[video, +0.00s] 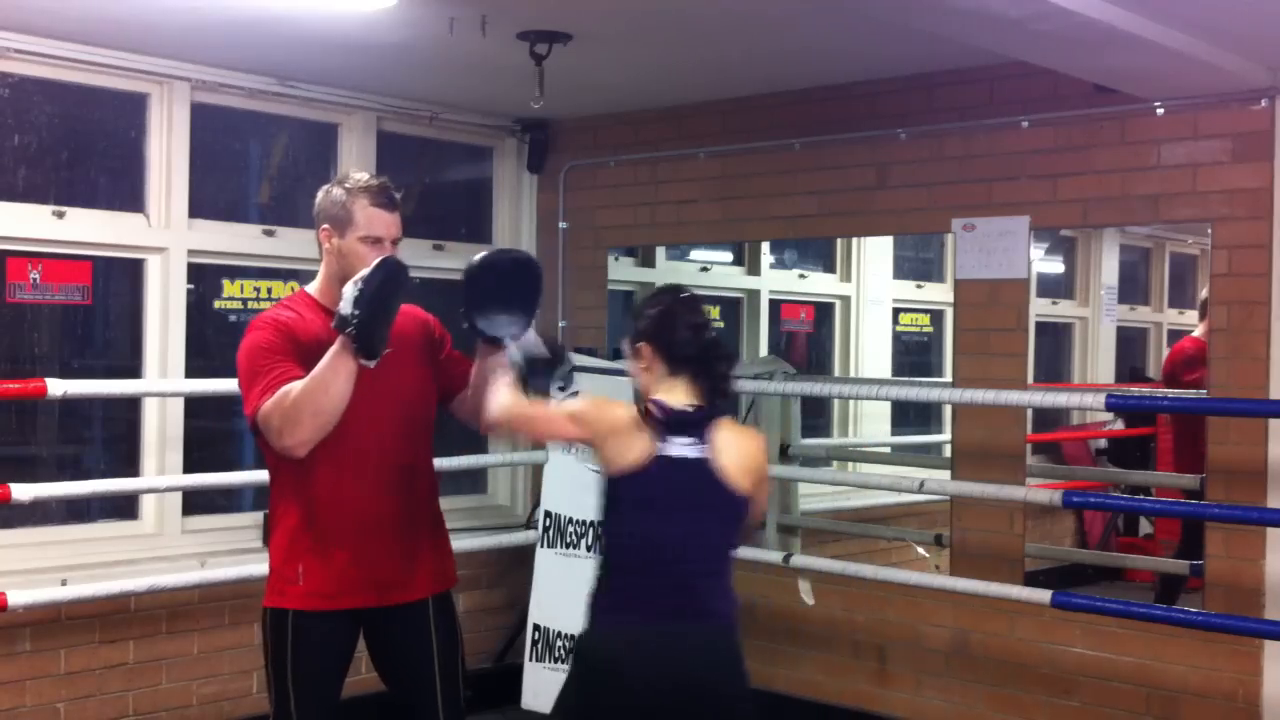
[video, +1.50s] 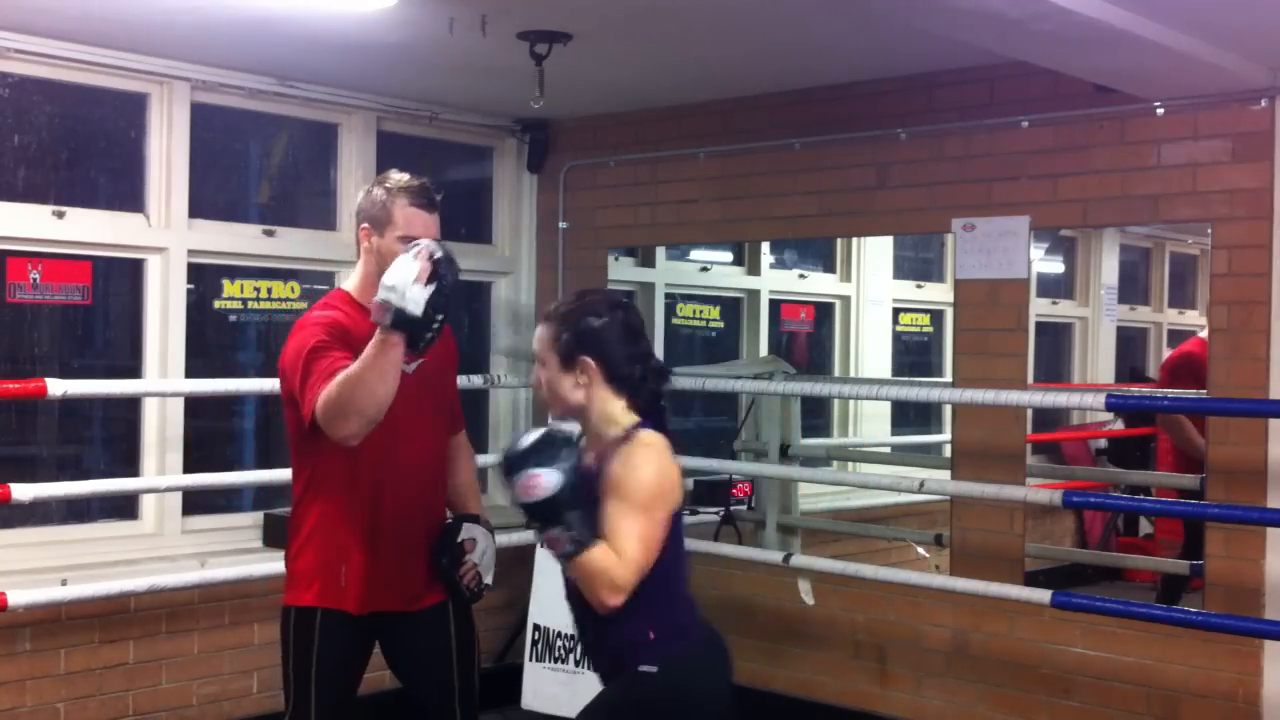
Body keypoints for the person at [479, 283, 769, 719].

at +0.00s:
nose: (632, 370)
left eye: (631, 359)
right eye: (630, 360)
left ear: (646, 357)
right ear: (708, 358)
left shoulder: (612, 421)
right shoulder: (749, 446)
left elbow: (501, 411)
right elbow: (746, 524)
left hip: (618, 654)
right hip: (708, 657)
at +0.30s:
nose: (493, 378)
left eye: (498, 363)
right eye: (492, 363)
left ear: (534, 364)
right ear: (536, 366)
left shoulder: (601, 449)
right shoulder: (540, 434)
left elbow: (592, 573)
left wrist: (523, 514)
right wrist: (506, 475)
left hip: (639, 674)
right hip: (599, 666)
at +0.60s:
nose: (525, 379)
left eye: (524, 365)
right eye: (522, 366)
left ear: (543, 358)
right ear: (594, 352)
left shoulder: (563, 445)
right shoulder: (651, 424)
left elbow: (497, 541)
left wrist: (481, 456)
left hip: (622, 672)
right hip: (689, 657)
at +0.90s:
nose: (645, 366)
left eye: (646, 353)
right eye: (643, 354)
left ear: (672, 350)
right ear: (722, 347)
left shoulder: (667, 422)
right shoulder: (777, 424)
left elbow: (616, 525)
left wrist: (602, 445)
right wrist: (659, 412)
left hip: (701, 656)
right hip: (783, 648)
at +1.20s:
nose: (656, 370)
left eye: (657, 356)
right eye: (653, 357)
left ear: (685, 353)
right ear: (732, 350)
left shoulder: (668, 428)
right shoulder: (786, 429)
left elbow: (615, 531)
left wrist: (605, 447)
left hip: (695, 654)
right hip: (780, 650)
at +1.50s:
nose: (536, 378)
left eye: (542, 365)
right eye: (537, 364)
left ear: (583, 374)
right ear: (583, 376)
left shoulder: (644, 457)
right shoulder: (591, 447)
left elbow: (610, 589)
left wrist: (555, 515)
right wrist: (547, 492)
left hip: (669, 678)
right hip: (637, 671)